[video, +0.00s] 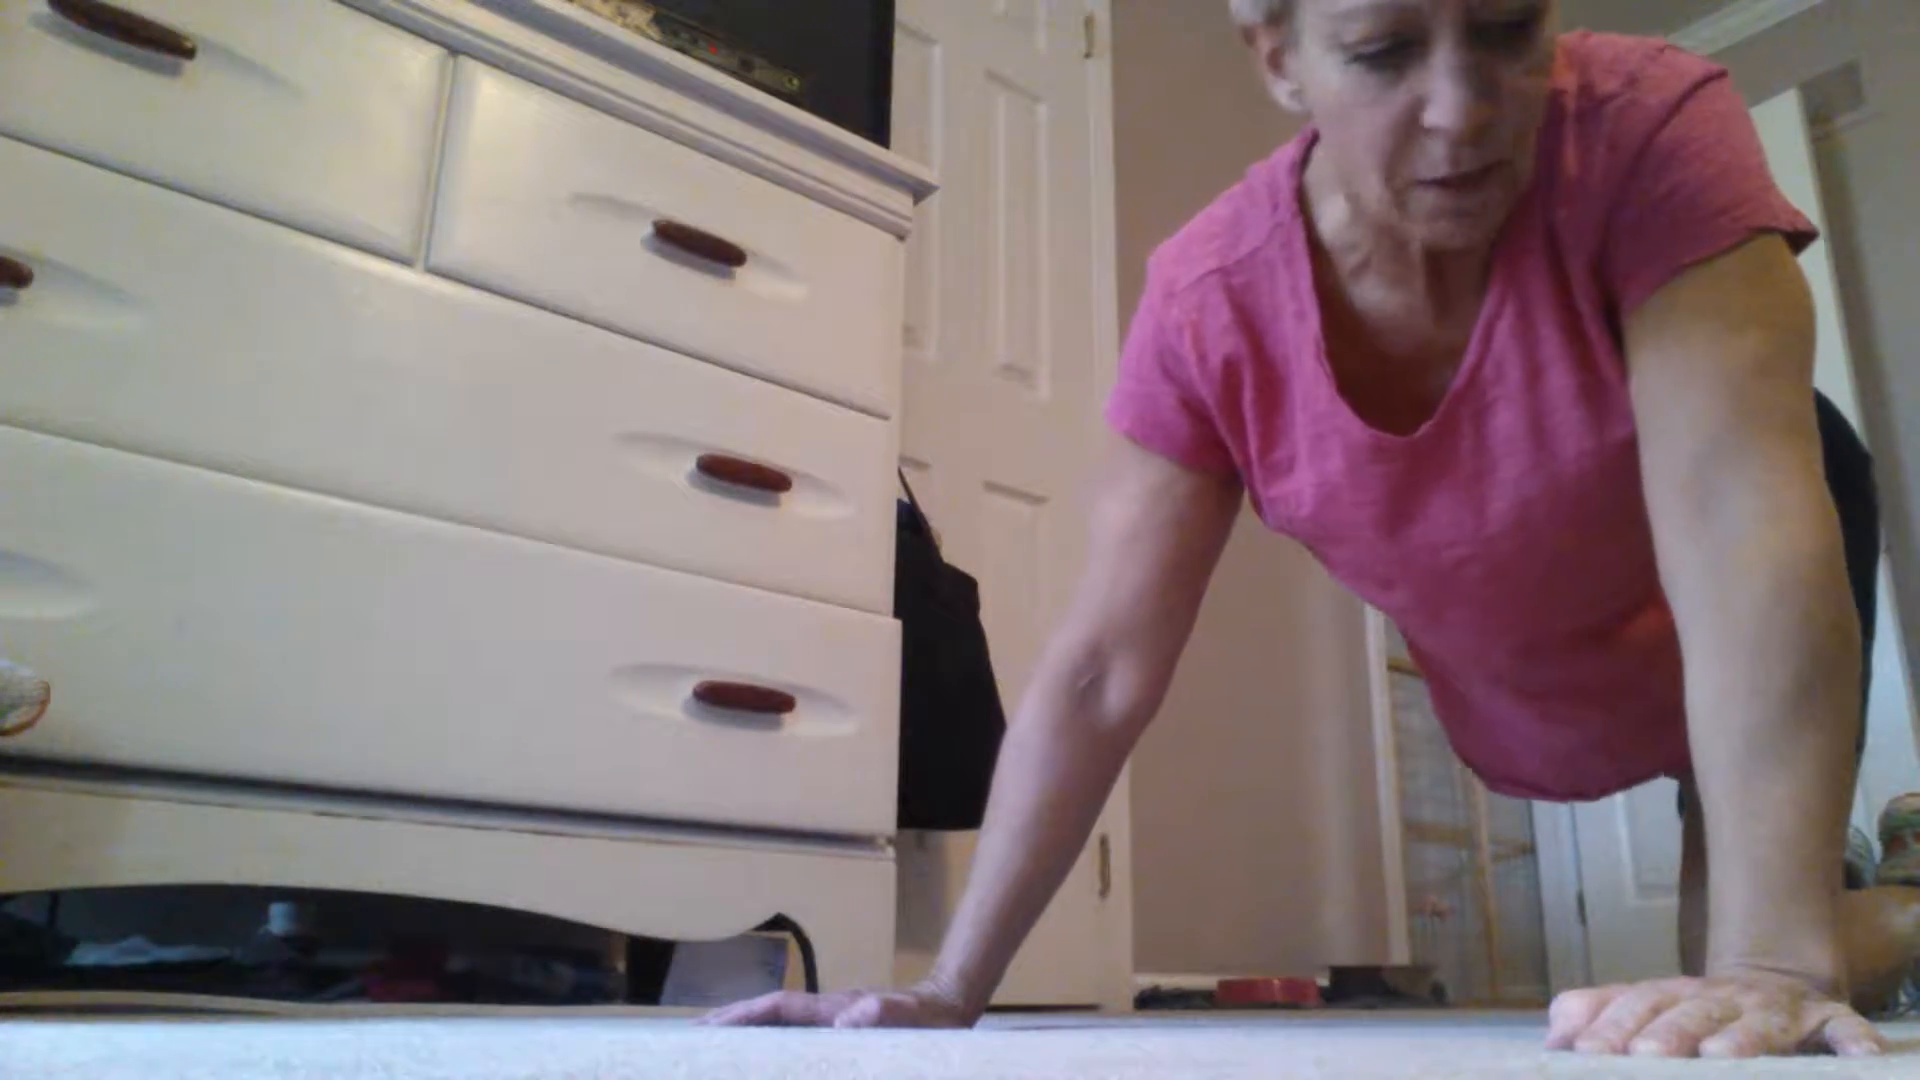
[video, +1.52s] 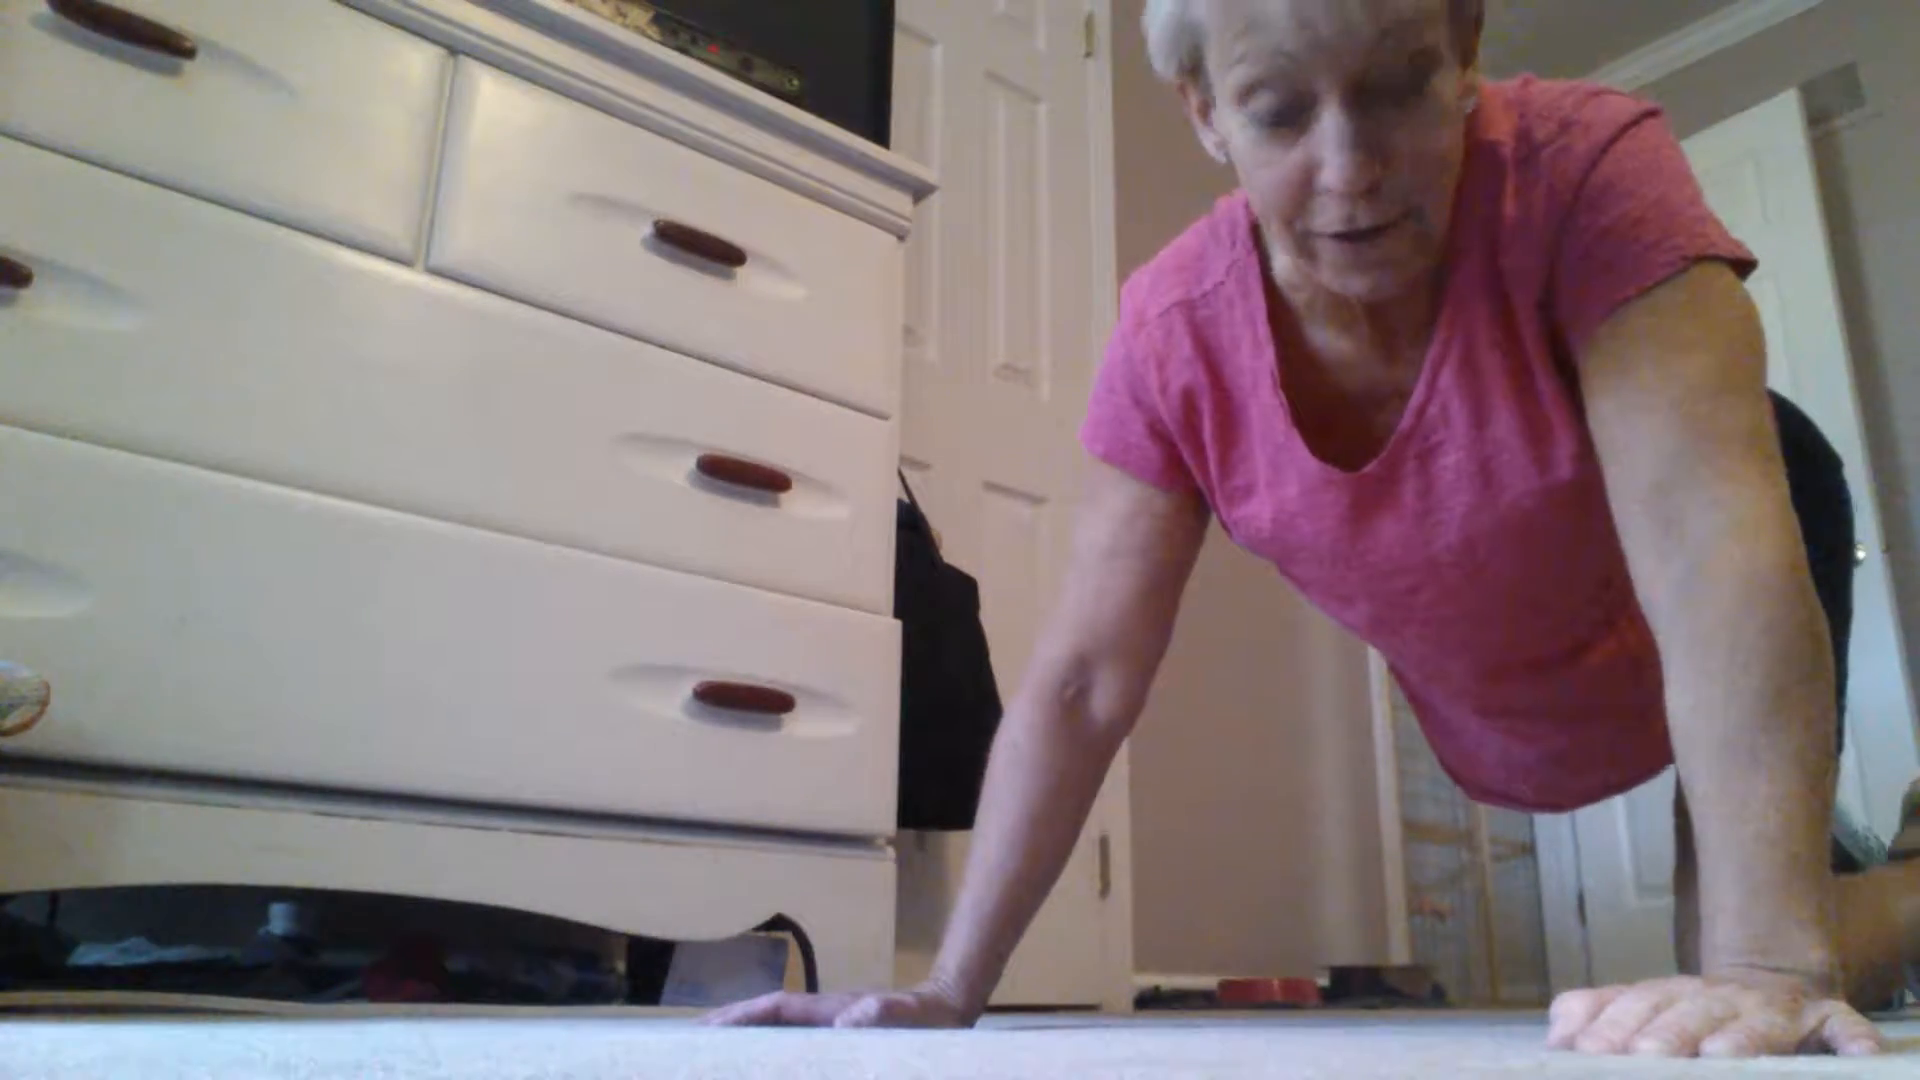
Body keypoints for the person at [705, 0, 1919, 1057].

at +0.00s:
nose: (1458, 113)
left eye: (1503, 38)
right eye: (1385, 53)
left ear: (1552, 28)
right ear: (1275, 61)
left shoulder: (1654, 127)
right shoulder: (1213, 295)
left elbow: (1745, 515)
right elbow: (1098, 674)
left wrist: (1771, 963)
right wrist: (955, 979)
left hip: (1752, 576)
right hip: (1560, 674)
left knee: (1775, 929)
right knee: (1762, 927)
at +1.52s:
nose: (1350, 169)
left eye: (1394, 87)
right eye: (1280, 112)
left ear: (1466, 62)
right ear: (1205, 118)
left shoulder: (1586, 167)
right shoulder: (1177, 327)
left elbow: (1718, 536)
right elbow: (1081, 688)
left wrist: (1766, 966)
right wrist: (954, 982)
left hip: (1732, 600)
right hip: (1542, 707)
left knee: (1784, 942)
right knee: (1773, 933)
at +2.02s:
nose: (1207, 218)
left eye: (1250, 150)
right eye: (1162, 165)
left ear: (1381, 85)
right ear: (1128, 153)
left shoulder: (1538, 169)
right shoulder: (1170, 333)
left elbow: (1750, 518)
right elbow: (1083, 665)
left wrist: (1811, 968)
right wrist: (966, 985)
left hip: (1765, 636)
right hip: (1634, 718)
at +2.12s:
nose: (1195, 302)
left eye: (1232, 248)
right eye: (1152, 261)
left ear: (1343, 162)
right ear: (1111, 228)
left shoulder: (1501, 195)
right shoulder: (1142, 349)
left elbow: (1731, 518)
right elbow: (1080, 678)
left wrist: (1820, 976)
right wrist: (966, 991)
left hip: (1754, 621)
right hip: (1641, 703)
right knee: (1729, 1016)